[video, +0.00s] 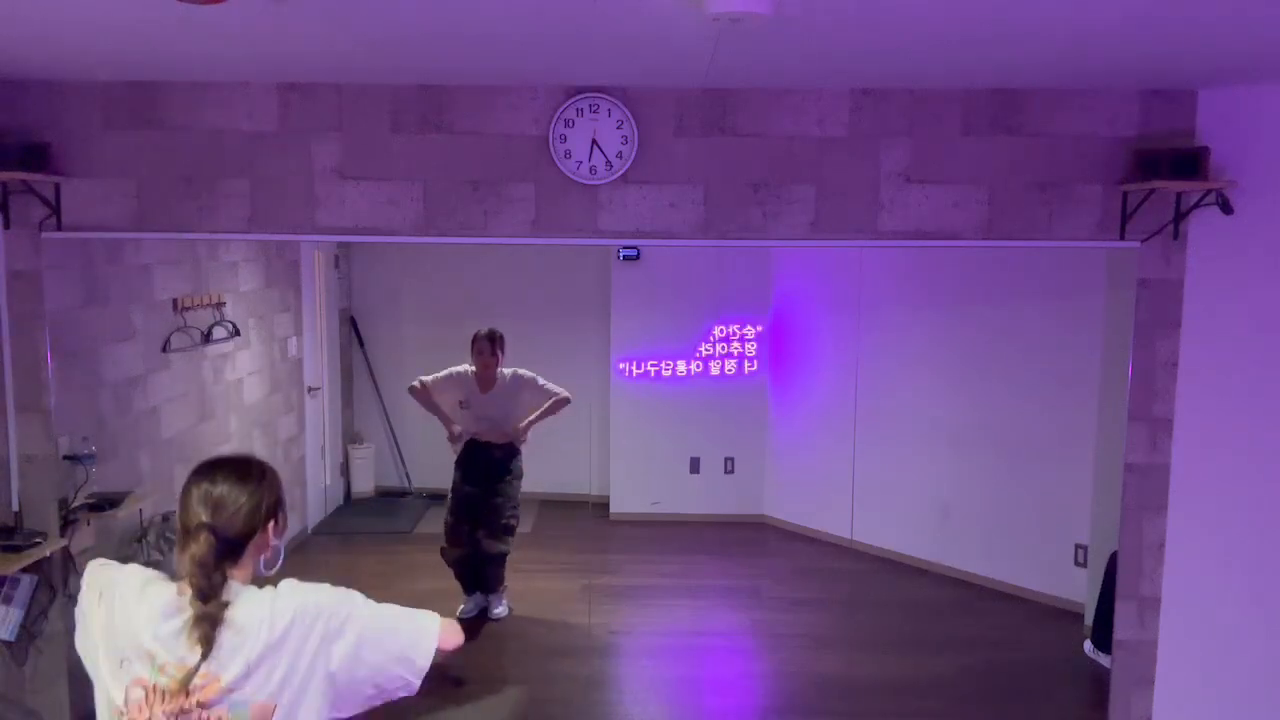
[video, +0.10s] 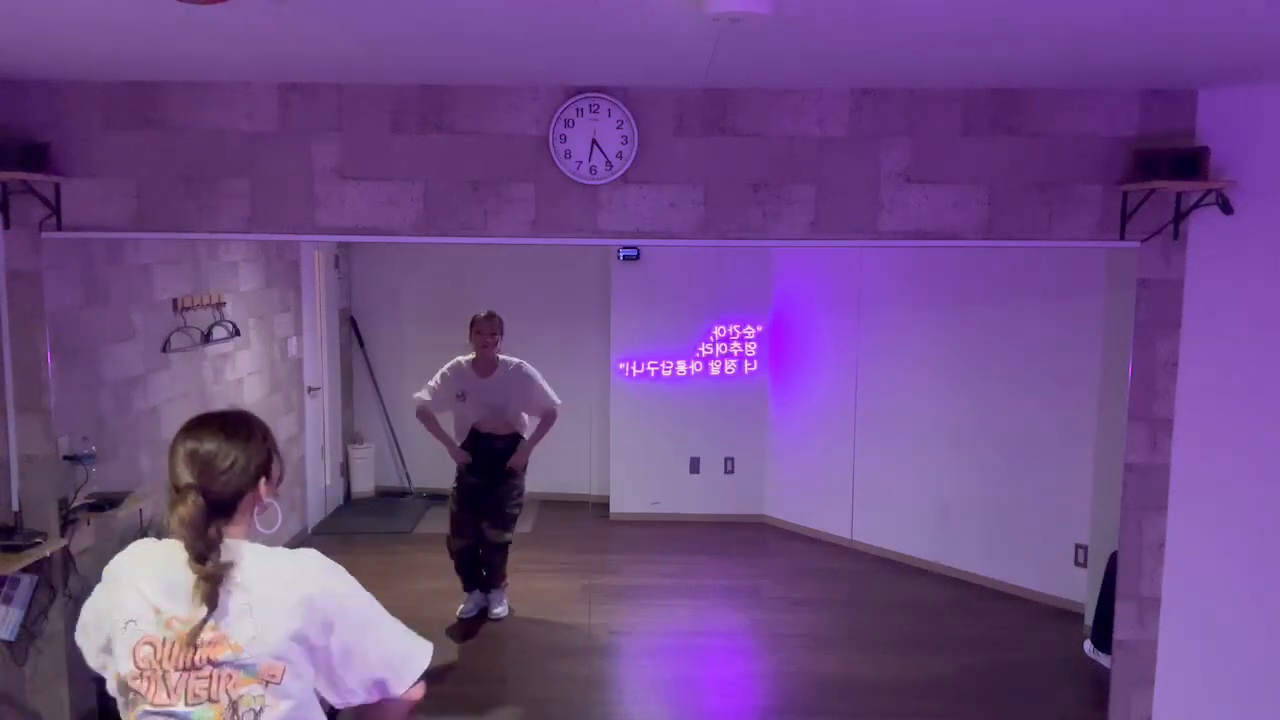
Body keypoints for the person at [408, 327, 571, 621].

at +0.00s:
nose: (485, 360)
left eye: (490, 354)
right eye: (479, 354)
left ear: (501, 356)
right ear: (472, 356)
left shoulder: (518, 380)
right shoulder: (460, 377)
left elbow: (562, 398)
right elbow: (417, 388)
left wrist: (526, 424)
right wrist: (448, 424)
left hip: (504, 458)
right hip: (470, 457)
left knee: (498, 529)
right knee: (457, 531)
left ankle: (495, 594)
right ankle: (473, 594)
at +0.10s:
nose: (487, 340)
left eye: (493, 335)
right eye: (480, 334)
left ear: (501, 338)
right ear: (471, 337)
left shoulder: (518, 372)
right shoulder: (457, 370)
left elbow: (551, 411)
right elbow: (422, 406)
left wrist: (525, 450)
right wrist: (452, 447)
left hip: (508, 455)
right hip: (472, 454)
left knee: (497, 529)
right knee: (461, 530)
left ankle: (496, 591)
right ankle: (473, 593)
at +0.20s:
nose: (484, 337)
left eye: (490, 332)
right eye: (477, 332)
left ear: (498, 337)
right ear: (468, 337)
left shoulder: (516, 372)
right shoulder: (455, 377)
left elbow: (530, 425)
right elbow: (442, 428)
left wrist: (523, 468)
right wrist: (452, 472)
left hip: (514, 449)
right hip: (477, 451)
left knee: (517, 528)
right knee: (465, 530)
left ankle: (501, 581)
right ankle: (475, 592)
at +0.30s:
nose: (479, 348)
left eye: (486, 343)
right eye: (473, 342)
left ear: (494, 348)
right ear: (464, 347)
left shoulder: (511, 376)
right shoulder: (454, 392)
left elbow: (517, 429)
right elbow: (456, 447)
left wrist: (512, 475)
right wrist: (454, 487)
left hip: (522, 452)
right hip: (486, 458)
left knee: (556, 529)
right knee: (465, 538)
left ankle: (515, 574)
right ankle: (477, 594)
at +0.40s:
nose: (477, 358)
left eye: (483, 353)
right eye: (472, 352)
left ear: (494, 356)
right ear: (465, 357)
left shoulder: (511, 377)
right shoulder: (461, 401)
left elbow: (516, 429)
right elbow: (462, 453)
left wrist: (499, 476)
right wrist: (447, 485)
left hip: (531, 462)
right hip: (496, 468)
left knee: (592, 524)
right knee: (478, 531)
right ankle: (477, 597)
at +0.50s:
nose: (488, 362)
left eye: (493, 355)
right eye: (482, 356)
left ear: (506, 357)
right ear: (476, 360)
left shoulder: (524, 372)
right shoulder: (478, 404)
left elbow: (520, 416)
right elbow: (466, 455)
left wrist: (489, 458)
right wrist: (435, 483)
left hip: (553, 468)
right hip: (517, 474)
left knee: (615, 523)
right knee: (497, 534)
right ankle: (479, 597)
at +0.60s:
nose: (509, 360)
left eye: (515, 353)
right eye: (504, 354)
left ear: (527, 354)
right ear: (497, 359)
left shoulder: (548, 367)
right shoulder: (502, 402)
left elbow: (534, 397)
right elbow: (478, 446)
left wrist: (498, 430)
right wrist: (437, 466)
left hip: (578, 464)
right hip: (543, 468)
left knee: (635, 525)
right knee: (520, 537)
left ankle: (624, 607)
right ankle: (482, 595)